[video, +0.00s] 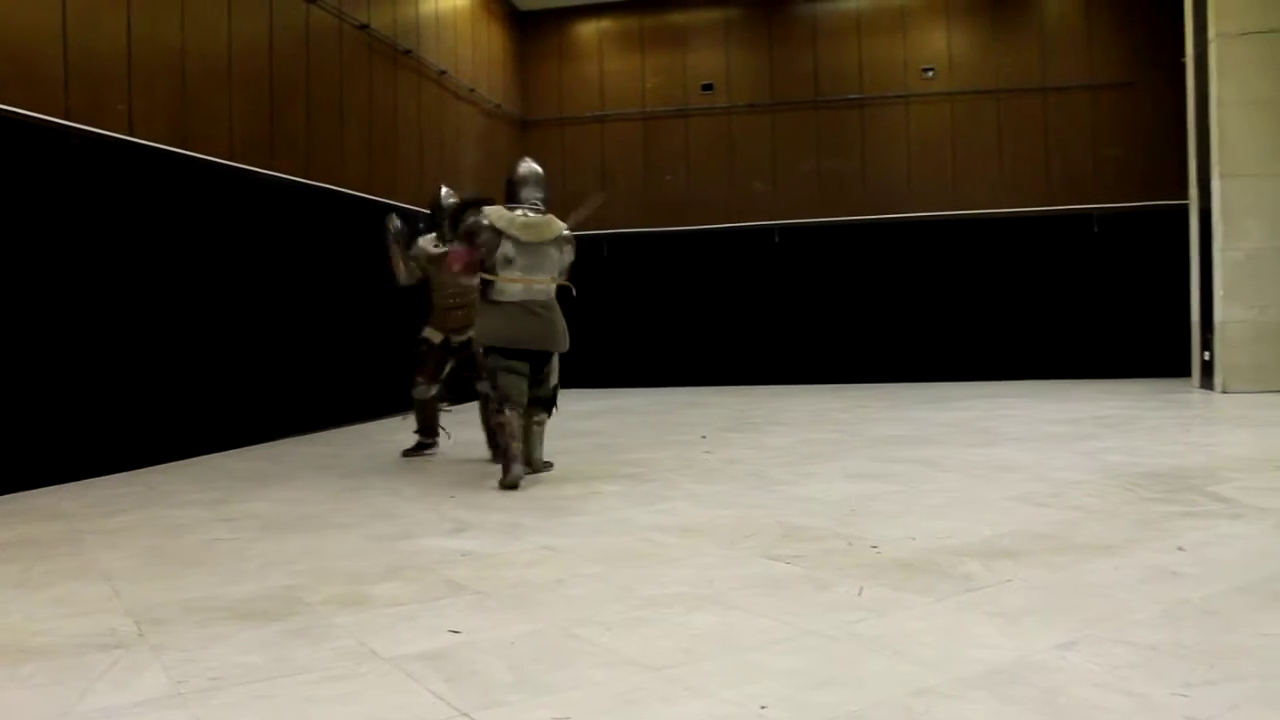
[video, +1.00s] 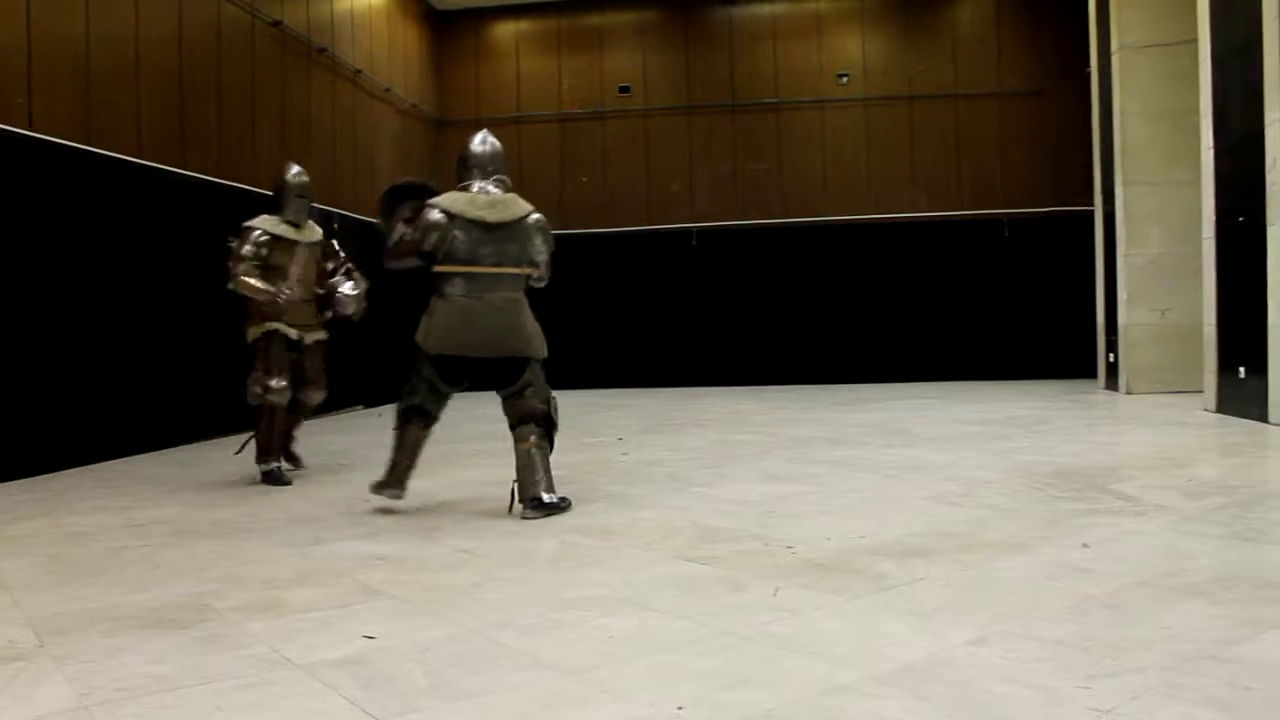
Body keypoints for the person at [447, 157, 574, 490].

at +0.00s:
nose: (527, 196)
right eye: (534, 190)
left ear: (510, 189)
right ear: (543, 191)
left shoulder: (491, 221)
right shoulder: (560, 234)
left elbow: (469, 259)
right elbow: (562, 273)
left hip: (500, 323)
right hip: (543, 324)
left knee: (507, 392)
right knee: (540, 390)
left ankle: (512, 461)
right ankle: (534, 457)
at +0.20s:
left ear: (485, 178)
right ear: (521, 176)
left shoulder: (471, 218)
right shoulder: (542, 218)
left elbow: (447, 272)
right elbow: (548, 252)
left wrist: (446, 245)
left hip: (489, 324)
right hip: (534, 324)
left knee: (492, 403)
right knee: (539, 392)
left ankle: (495, 473)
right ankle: (549, 460)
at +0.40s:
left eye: (489, 182)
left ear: (484, 184)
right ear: (520, 184)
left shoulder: (466, 225)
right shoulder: (538, 226)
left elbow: (449, 271)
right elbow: (542, 278)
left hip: (477, 334)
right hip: (528, 333)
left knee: (474, 397)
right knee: (544, 402)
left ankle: (474, 473)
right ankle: (568, 461)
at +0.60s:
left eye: (505, 182)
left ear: (499, 182)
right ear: (536, 183)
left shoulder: (481, 218)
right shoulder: (556, 229)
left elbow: (439, 241)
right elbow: (557, 266)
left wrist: (435, 207)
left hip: (490, 332)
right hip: (542, 332)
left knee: (481, 403)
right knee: (549, 410)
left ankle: (472, 479)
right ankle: (561, 489)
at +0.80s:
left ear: (490, 167)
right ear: (529, 169)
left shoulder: (469, 202)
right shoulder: (550, 216)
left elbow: (428, 222)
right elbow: (554, 250)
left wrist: (427, 195)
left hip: (476, 324)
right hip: (533, 325)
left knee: (465, 394)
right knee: (544, 401)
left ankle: (446, 471)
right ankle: (548, 490)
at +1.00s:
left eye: (465, 169)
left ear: (463, 170)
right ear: (503, 168)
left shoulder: (440, 212)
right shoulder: (530, 219)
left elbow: (404, 253)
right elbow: (539, 276)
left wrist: (402, 224)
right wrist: (503, 257)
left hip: (451, 326)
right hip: (510, 326)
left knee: (425, 394)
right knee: (528, 402)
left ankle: (396, 478)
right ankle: (537, 491)